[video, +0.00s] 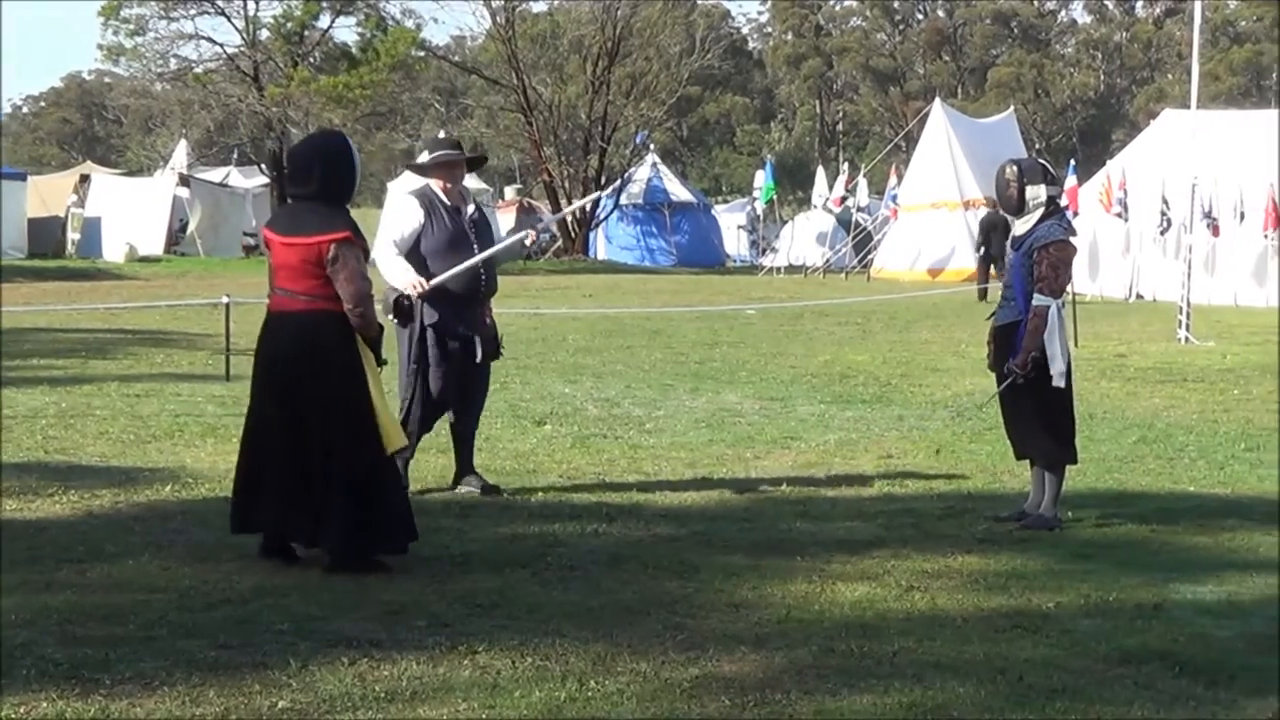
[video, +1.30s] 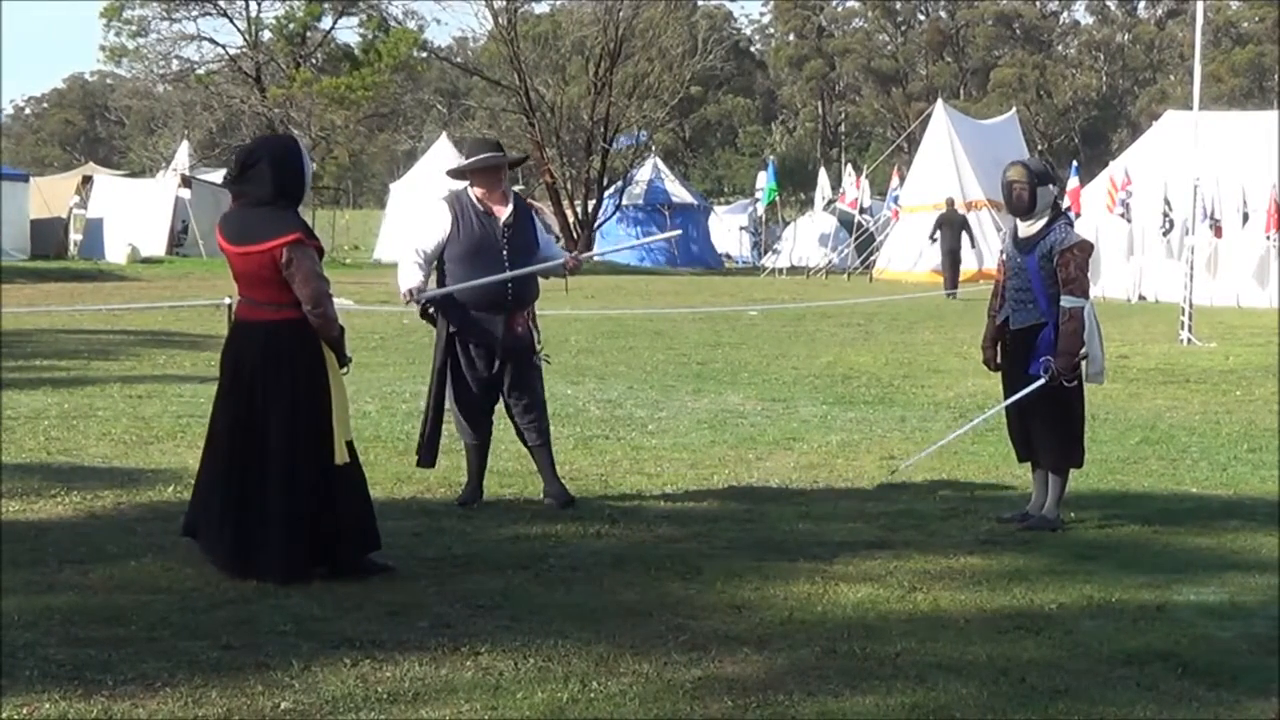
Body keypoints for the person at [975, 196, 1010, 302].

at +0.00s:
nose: (985, 207)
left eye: (986, 205)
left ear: (987, 206)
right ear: (996, 205)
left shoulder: (984, 219)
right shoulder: (1003, 218)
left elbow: (982, 236)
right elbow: (1008, 232)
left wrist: (977, 248)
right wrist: (1003, 240)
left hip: (987, 249)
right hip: (1000, 249)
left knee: (983, 271)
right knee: (1002, 272)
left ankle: (982, 295)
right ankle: (1008, 292)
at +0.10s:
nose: (980, 204)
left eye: (980, 202)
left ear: (981, 204)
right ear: (989, 203)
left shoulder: (978, 217)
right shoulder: (997, 217)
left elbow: (974, 233)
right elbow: (1002, 232)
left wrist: (969, 244)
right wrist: (1000, 244)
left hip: (981, 249)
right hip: (992, 248)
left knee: (979, 272)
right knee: (992, 270)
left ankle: (979, 295)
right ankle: (997, 287)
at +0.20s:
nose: (973, 204)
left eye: (973, 202)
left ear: (973, 203)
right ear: (982, 202)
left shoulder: (971, 215)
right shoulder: (989, 216)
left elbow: (964, 228)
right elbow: (996, 232)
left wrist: (958, 239)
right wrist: (999, 246)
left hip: (973, 247)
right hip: (984, 247)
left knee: (975, 269)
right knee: (983, 269)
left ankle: (976, 294)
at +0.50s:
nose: (960, 208)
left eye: (961, 206)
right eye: (961, 206)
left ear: (962, 206)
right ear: (971, 206)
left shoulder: (960, 218)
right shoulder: (977, 220)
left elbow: (951, 230)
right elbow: (985, 234)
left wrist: (944, 239)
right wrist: (991, 246)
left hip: (962, 248)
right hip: (973, 248)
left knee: (962, 269)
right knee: (970, 269)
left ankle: (970, 288)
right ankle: (965, 290)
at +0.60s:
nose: (957, 205)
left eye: (958, 203)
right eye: (958, 203)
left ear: (961, 204)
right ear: (968, 204)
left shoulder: (957, 216)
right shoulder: (974, 217)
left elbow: (950, 229)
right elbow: (979, 233)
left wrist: (944, 240)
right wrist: (982, 245)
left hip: (959, 247)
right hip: (970, 247)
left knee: (955, 268)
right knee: (968, 269)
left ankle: (963, 286)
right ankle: (968, 289)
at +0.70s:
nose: (959, 205)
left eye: (959, 203)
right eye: (962, 202)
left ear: (958, 203)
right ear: (967, 203)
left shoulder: (956, 215)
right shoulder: (973, 216)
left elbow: (950, 230)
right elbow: (978, 232)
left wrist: (945, 239)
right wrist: (974, 242)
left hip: (957, 247)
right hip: (969, 247)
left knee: (952, 266)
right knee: (969, 269)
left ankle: (958, 288)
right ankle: (967, 289)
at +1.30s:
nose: (948, 206)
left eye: (948, 204)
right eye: (950, 203)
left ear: (946, 205)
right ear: (954, 204)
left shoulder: (942, 217)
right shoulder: (961, 217)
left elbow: (934, 229)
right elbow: (969, 231)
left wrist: (931, 237)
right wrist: (972, 243)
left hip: (946, 248)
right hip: (956, 247)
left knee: (947, 269)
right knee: (956, 269)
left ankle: (948, 290)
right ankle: (954, 291)